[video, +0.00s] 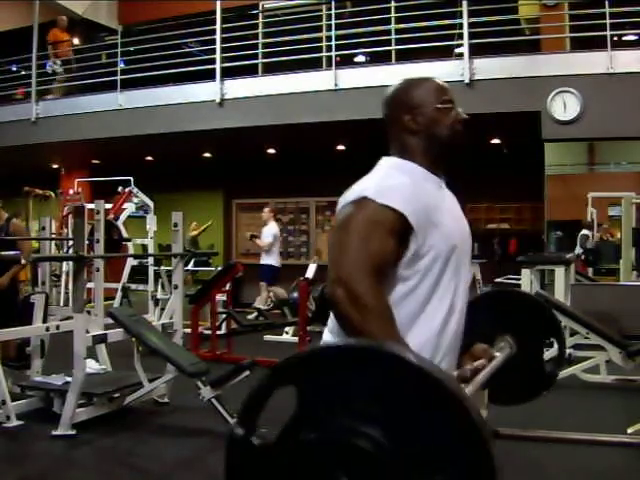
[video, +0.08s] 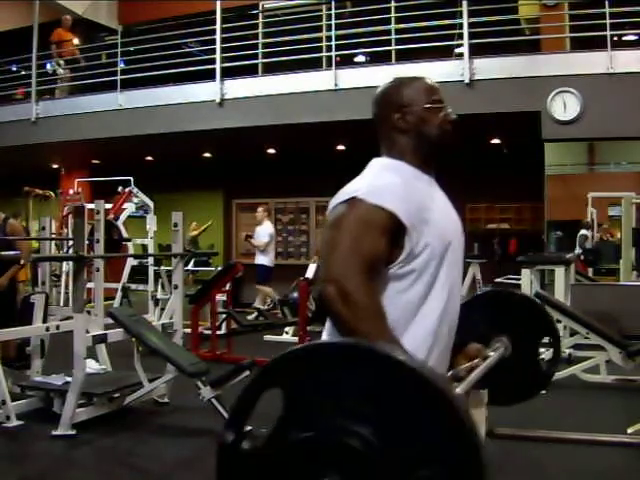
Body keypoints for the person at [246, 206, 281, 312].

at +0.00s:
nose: (262, 215)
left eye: (265, 212)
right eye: (263, 212)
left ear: (271, 214)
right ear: (269, 214)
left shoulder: (270, 228)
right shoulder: (271, 227)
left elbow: (266, 245)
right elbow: (266, 244)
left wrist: (254, 239)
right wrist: (256, 238)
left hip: (269, 262)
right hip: (269, 262)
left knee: (264, 286)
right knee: (267, 286)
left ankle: (258, 309)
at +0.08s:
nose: (256, 214)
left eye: (259, 212)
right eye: (256, 212)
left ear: (266, 214)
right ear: (259, 214)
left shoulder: (268, 228)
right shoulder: (259, 228)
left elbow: (263, 246)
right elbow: (257, 243)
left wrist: (251, 240)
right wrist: (249, 239)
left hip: (266, 261)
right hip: (260, 260)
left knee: (259, 284)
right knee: (262, 285)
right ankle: (258, 307)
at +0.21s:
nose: (248, 215)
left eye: (250, 212)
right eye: (248, 212)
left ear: (257, 214)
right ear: (250, 214)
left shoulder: (262, 228)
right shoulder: (249, 228)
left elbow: (257, 247)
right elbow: (248, 243)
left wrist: (244, 242)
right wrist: (241, 240)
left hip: (259, 260)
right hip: (251, 259)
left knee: (246, 282)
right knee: (259, 285)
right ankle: (258, 307)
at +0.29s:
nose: (243, 215)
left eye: (246, 213)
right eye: (243, 212)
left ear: (252, 214)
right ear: (243, 214)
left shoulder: (257, 228)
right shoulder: (243, 228)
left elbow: (254, 246)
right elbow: (242, 240)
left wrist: (241, 243)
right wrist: (235, 240)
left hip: (253, 260)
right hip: (245, 259)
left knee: (241, 282)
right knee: (254, 283)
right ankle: (257, 305)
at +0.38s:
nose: (238, 216)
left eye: (240, 213)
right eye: (238, 213)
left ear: (247, 215)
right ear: (238, 215)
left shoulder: (251, 228)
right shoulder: (238, 228)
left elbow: (250, 246)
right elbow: (233, 241)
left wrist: (236, 244)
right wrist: (230, 242)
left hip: (248, 261)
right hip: (239, 260)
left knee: (237, 286)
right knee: (252, 284)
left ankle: (230, 308)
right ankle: (259, 305)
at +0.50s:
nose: (230, 216)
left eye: (232, 214)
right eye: (229, 214)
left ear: (238, 215)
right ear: (228, 216)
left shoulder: (243, 229)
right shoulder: (228, 229)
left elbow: (242, 247)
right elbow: (225, 240)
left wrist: (229, 245)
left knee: (242, 283)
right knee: (231, 284)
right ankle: (230, 303)